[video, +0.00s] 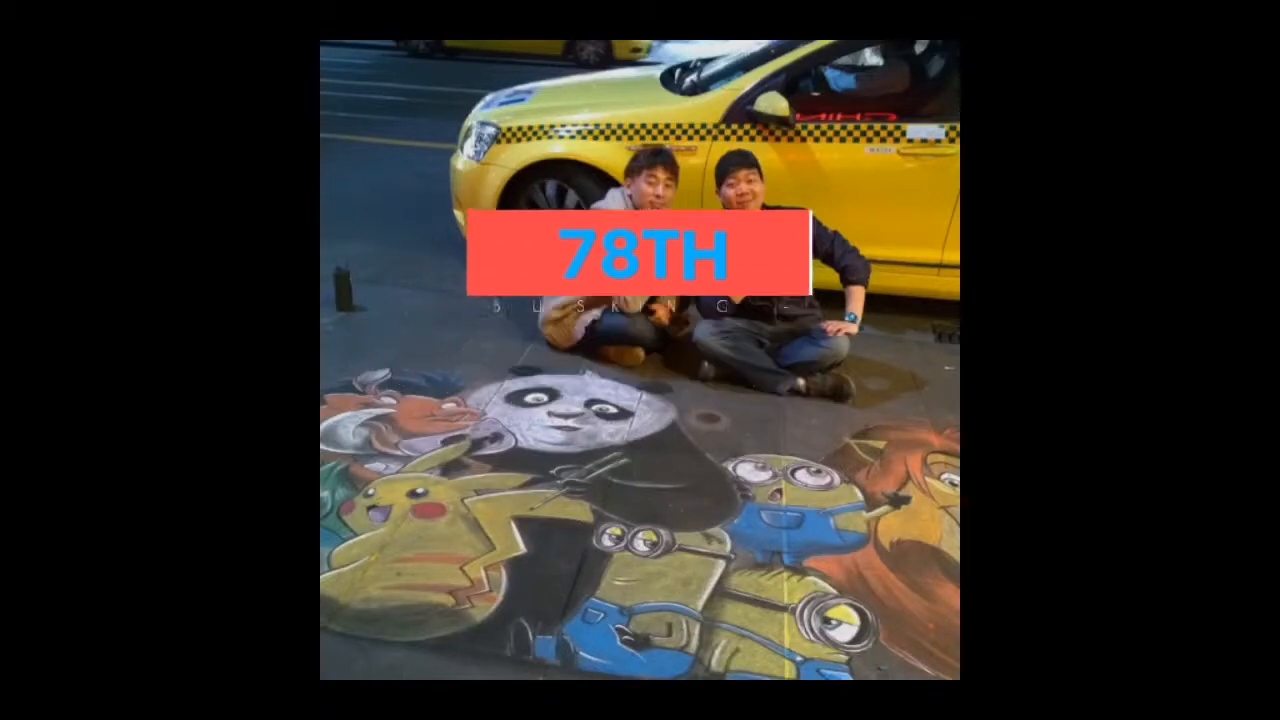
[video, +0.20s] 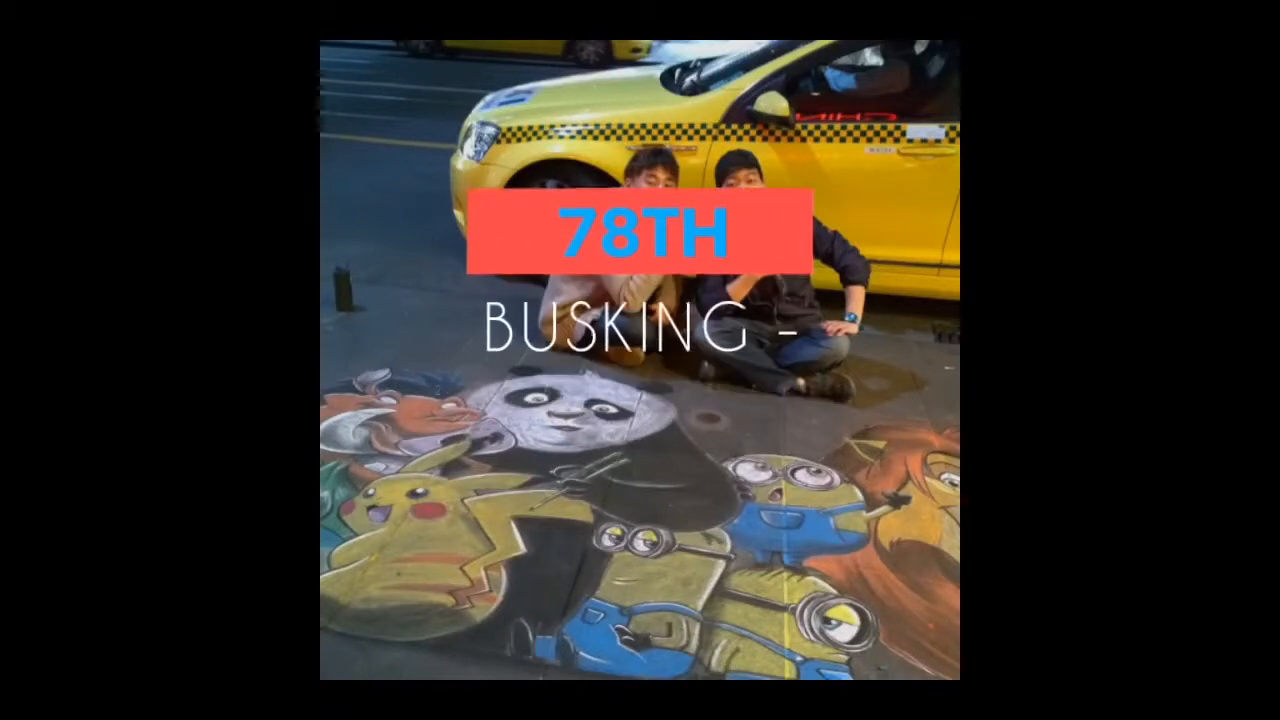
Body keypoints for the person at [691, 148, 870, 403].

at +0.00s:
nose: (743, 190)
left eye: (750, 181)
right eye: (732, 185)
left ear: (763, 186)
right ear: (720, 194)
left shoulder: (793, 221)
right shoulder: (713, 230)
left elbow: (853, 261)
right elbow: (708, 306)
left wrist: (852, 319)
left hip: (798, 324)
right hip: (744, 324)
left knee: (836, 344)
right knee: (705, 334)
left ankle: (734, 373)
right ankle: (799, 386)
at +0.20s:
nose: (743, 190)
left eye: (750, 181)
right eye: (732, 184)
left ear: (763, 185)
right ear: (721, 192)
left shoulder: (791, 221)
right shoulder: (716, 230)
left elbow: (853, 261)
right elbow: (709, 305)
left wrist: (851, 319)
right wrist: (753, 273)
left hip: (801, 326)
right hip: (748, 325)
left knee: (837, 344)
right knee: (706, 332)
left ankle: (734, 373)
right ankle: (799, 386)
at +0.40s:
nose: (743, 190)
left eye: (750, 181)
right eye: (732, 184)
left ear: (763, 184)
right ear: (721, 192)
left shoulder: (791, 220)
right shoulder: (717, 230)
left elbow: (853, 262)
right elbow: (708, 304)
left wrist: (851, 320)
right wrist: (751, 276)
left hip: (801, 324)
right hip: (748, 323)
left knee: (836, 344)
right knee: (709, 333)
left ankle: (731, 370)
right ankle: (799, 385)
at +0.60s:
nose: (743, 190)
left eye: (750, 181)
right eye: (732, 184)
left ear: (763, 185)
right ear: (721, 192)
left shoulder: (792, 220)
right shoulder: (716, 230)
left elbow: (854, 262)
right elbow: (708, 304)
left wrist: (851, 320)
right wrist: (752, 275)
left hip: (801, 325)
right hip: (748, 324)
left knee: (836, 344)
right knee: (709, 333)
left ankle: (731, 370)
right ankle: (800, 386)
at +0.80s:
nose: (743, 190)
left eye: (750, 181)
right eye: (732, 184)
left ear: (763, 184)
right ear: (721, 192)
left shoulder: (792, 221)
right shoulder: (716, 230)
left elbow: (854, 262)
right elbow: (708, 304)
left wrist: (851, 320)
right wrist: (751, 276)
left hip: (800, 324)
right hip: (747, 323)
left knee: (836, 345)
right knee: (709, 334)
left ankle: (732, 370)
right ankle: (799, 386)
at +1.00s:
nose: (743, 190)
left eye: (750, 181)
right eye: (732, 184)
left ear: (763, 184)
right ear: (721, 192)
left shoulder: (791, 220)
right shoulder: (716, 230)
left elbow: (853, 262)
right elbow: (707, 303)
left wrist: (851, 319)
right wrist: (751, 276)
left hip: (800, 325)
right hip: (747, 324)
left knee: (837, 345)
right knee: (708, 333)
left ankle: (732, 371)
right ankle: (798, 386)